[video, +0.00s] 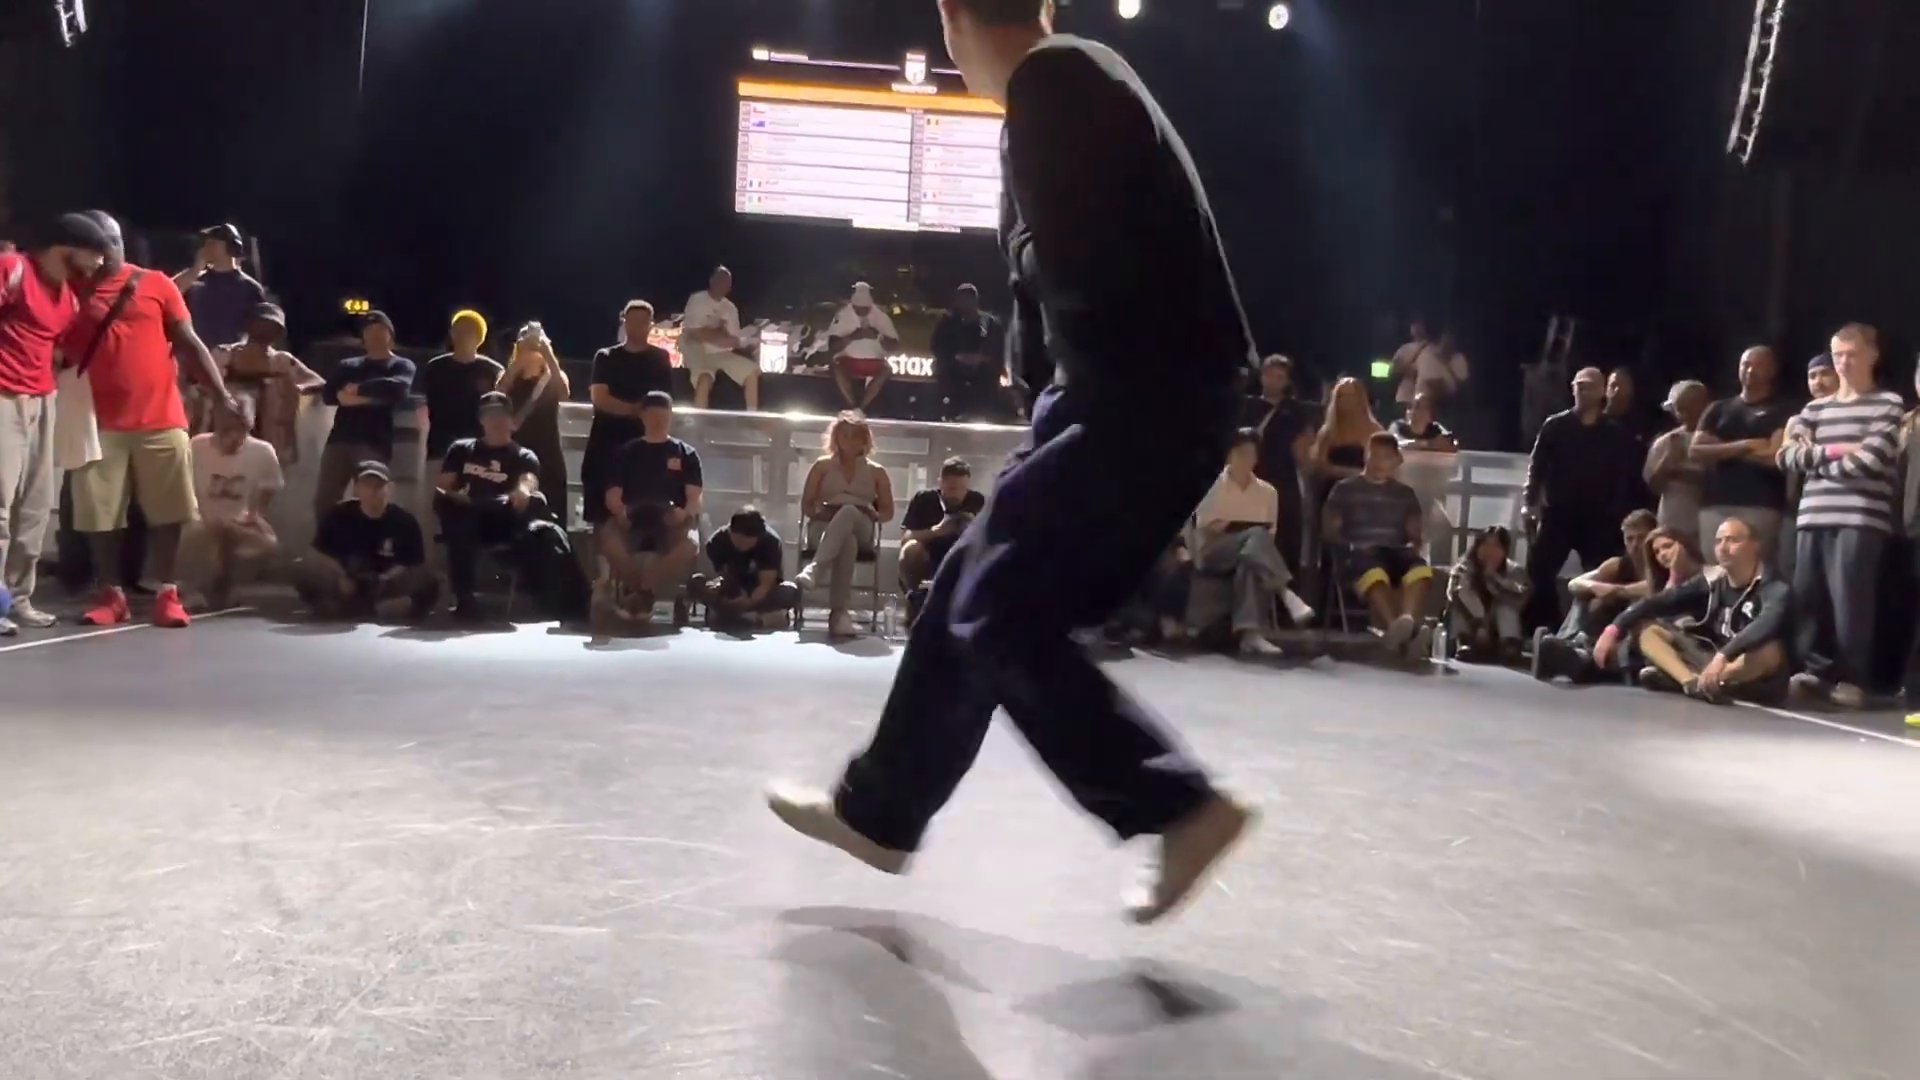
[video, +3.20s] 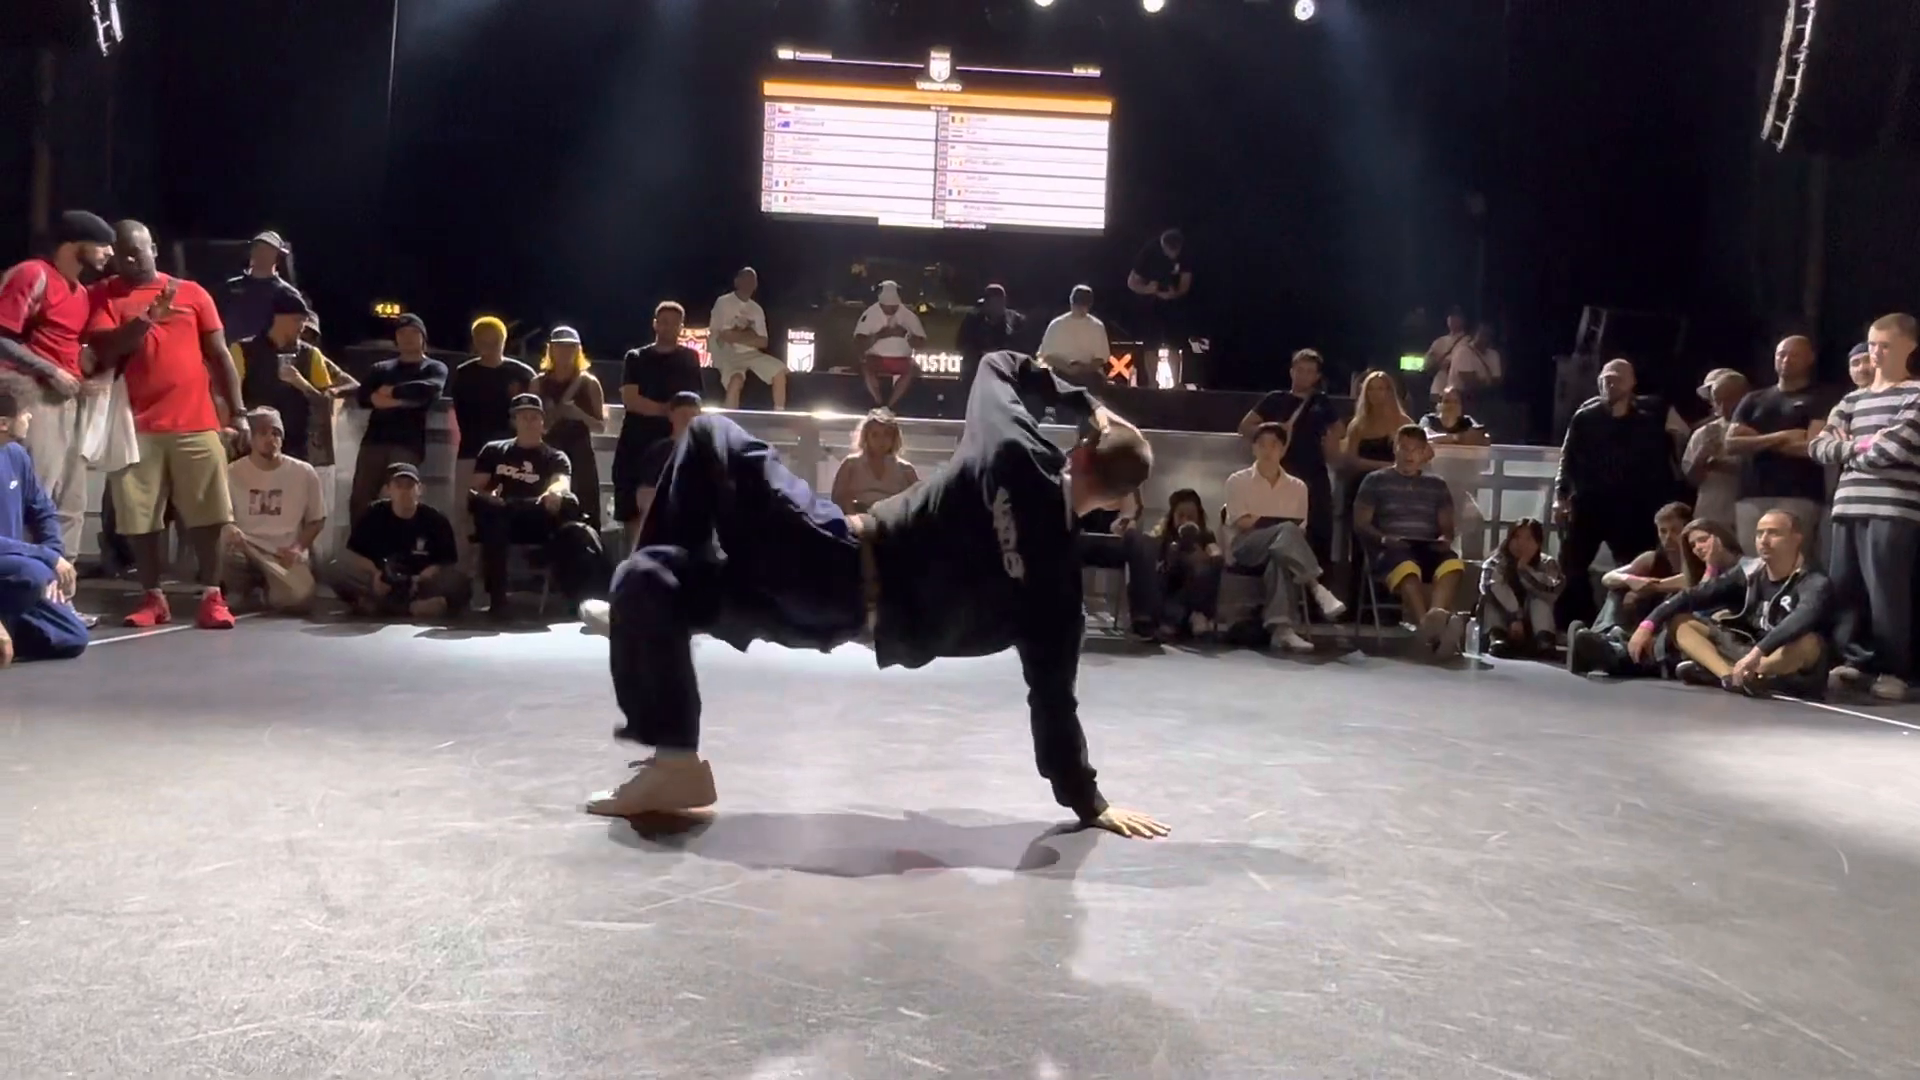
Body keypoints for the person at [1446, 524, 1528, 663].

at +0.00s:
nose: (1488, 552)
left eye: (1495, 547)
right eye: (1484, 545)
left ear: (1504, 552)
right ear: (1477, 548)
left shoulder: (1514, 571)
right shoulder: (1463, 569)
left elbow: (1519, 597)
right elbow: (1457, 594)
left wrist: (1493, 576)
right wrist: (1478, 624)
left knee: (1505, 606)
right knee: (1458, 605)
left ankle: (1511, 645)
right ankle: (1462, 644)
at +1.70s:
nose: (1502, 550)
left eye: (1509, 545)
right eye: (1497, 544)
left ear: (1519, 550)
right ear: (1490, 546)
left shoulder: (1528, 568)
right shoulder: (1477, 568)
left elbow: (1535, 594)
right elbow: (1473, 593)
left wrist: (1506, 574)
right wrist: (1495, 622)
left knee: (1521, 603)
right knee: (1474, 604)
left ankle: (1527, 643)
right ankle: (1479, 642)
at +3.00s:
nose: (1518, 544)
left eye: (1525, 540)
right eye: (1513, 538)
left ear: (1535, 546)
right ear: (1506, 541)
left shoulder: (1545, 564)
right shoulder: (1494, 562)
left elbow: (1551, 591)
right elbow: (1488, 586)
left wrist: (1522, 570)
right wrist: (1512, 616)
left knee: (1536, 598)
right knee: (1488, 597)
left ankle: (1542, 639)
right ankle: (1494, 638)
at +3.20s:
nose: (1521, 544)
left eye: (1528, 539)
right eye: (1516, 537)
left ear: (1537, 545)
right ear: (1509, 540)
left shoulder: (1547, 563)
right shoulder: (1496, 562)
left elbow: (1553, 590)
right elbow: (1490, 586)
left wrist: (1524, 569)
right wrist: (1514, 616)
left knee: (1539, 598)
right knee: (1491, 597)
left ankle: (1545, 639)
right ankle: (1496, 637)